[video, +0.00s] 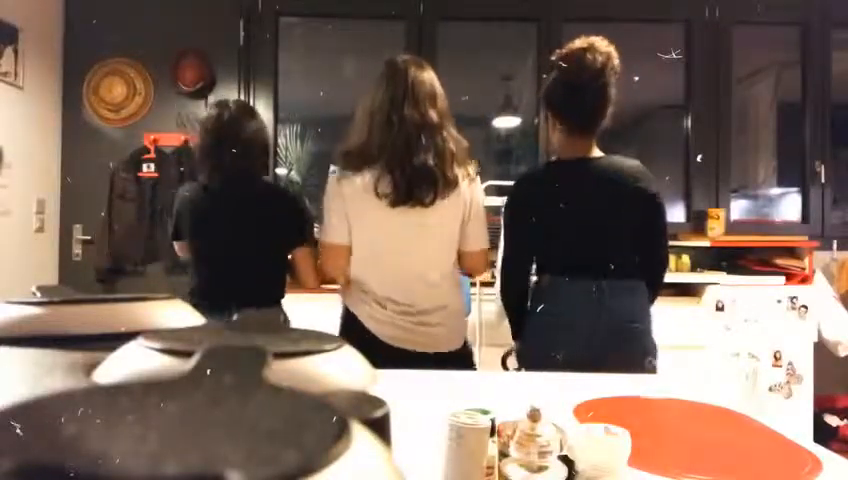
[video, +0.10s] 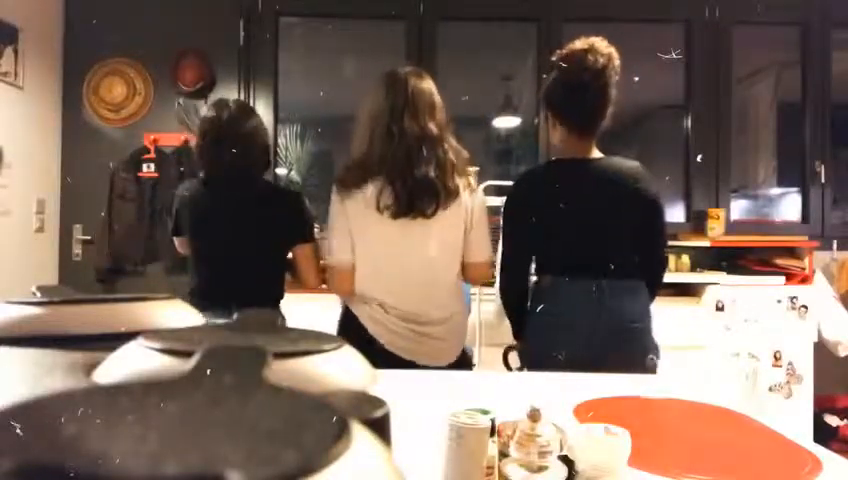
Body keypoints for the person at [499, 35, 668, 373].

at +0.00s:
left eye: (546, 111)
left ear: (551, 114)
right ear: (605, 113)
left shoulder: (529, 187)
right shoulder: (636, 178)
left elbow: (513, 278)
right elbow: (656, 266)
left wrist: (525, 335)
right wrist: (628, 310)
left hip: (554, 318)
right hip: (625, 315)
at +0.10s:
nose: (545, 121)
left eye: (546, 112)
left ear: (551, 116)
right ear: (604, 114)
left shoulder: (529, 187)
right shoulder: (636, 180)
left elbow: (512, 278)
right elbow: (655, 266)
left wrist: (526, 334)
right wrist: (627, 310)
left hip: (555, 318)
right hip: (625, 316)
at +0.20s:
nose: (546, 124)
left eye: (546, 115)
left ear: (551, 120)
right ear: (605, 117)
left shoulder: (531, 190)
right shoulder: (637, 185)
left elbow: (510, 285)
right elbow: (651, 274)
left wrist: (524, 342)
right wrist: (627, 321)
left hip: (552, 329)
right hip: (623, 329)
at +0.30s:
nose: (543, 123)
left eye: (544, 115)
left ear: (550, 118)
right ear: (604, 116)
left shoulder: (530, 189)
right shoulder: (636, 183)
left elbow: (515, 280)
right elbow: (655, 271)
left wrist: (522, 339)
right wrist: (628, 321)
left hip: (549, 334)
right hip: (622, 335)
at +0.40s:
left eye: (544, 109)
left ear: (549, 113)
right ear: (604, 114)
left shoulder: (527, 188)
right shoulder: (634, 181)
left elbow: (516, 276)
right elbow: (652, 271)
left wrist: (520, 337)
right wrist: (625, 317)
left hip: (549, 330)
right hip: (622, 332)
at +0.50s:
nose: (543, 126)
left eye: (543, 116)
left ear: (548, 119)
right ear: (603, 119)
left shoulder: (528, 192)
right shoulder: (635, 187)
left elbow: (508, 286)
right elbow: (650, 276)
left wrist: (518, 347)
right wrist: (626, 326)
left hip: (549, 336)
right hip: (620, 339)